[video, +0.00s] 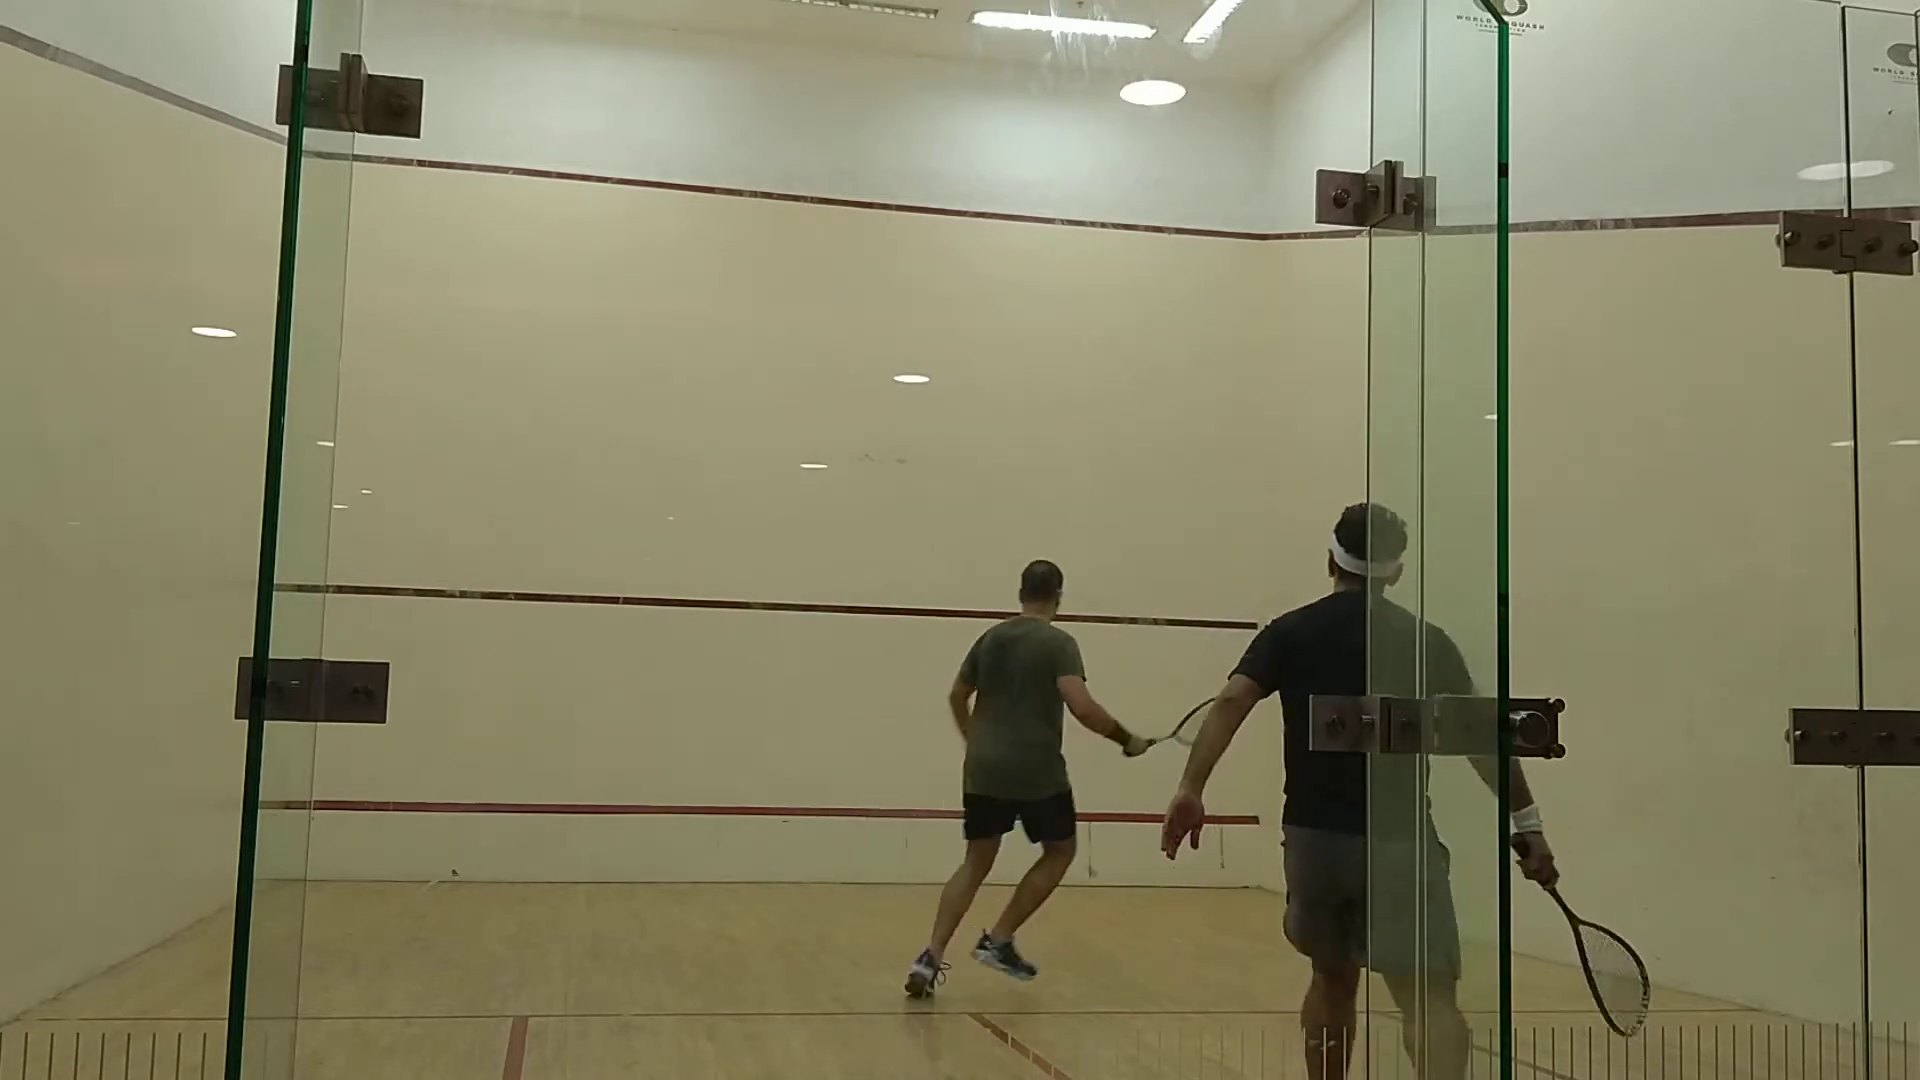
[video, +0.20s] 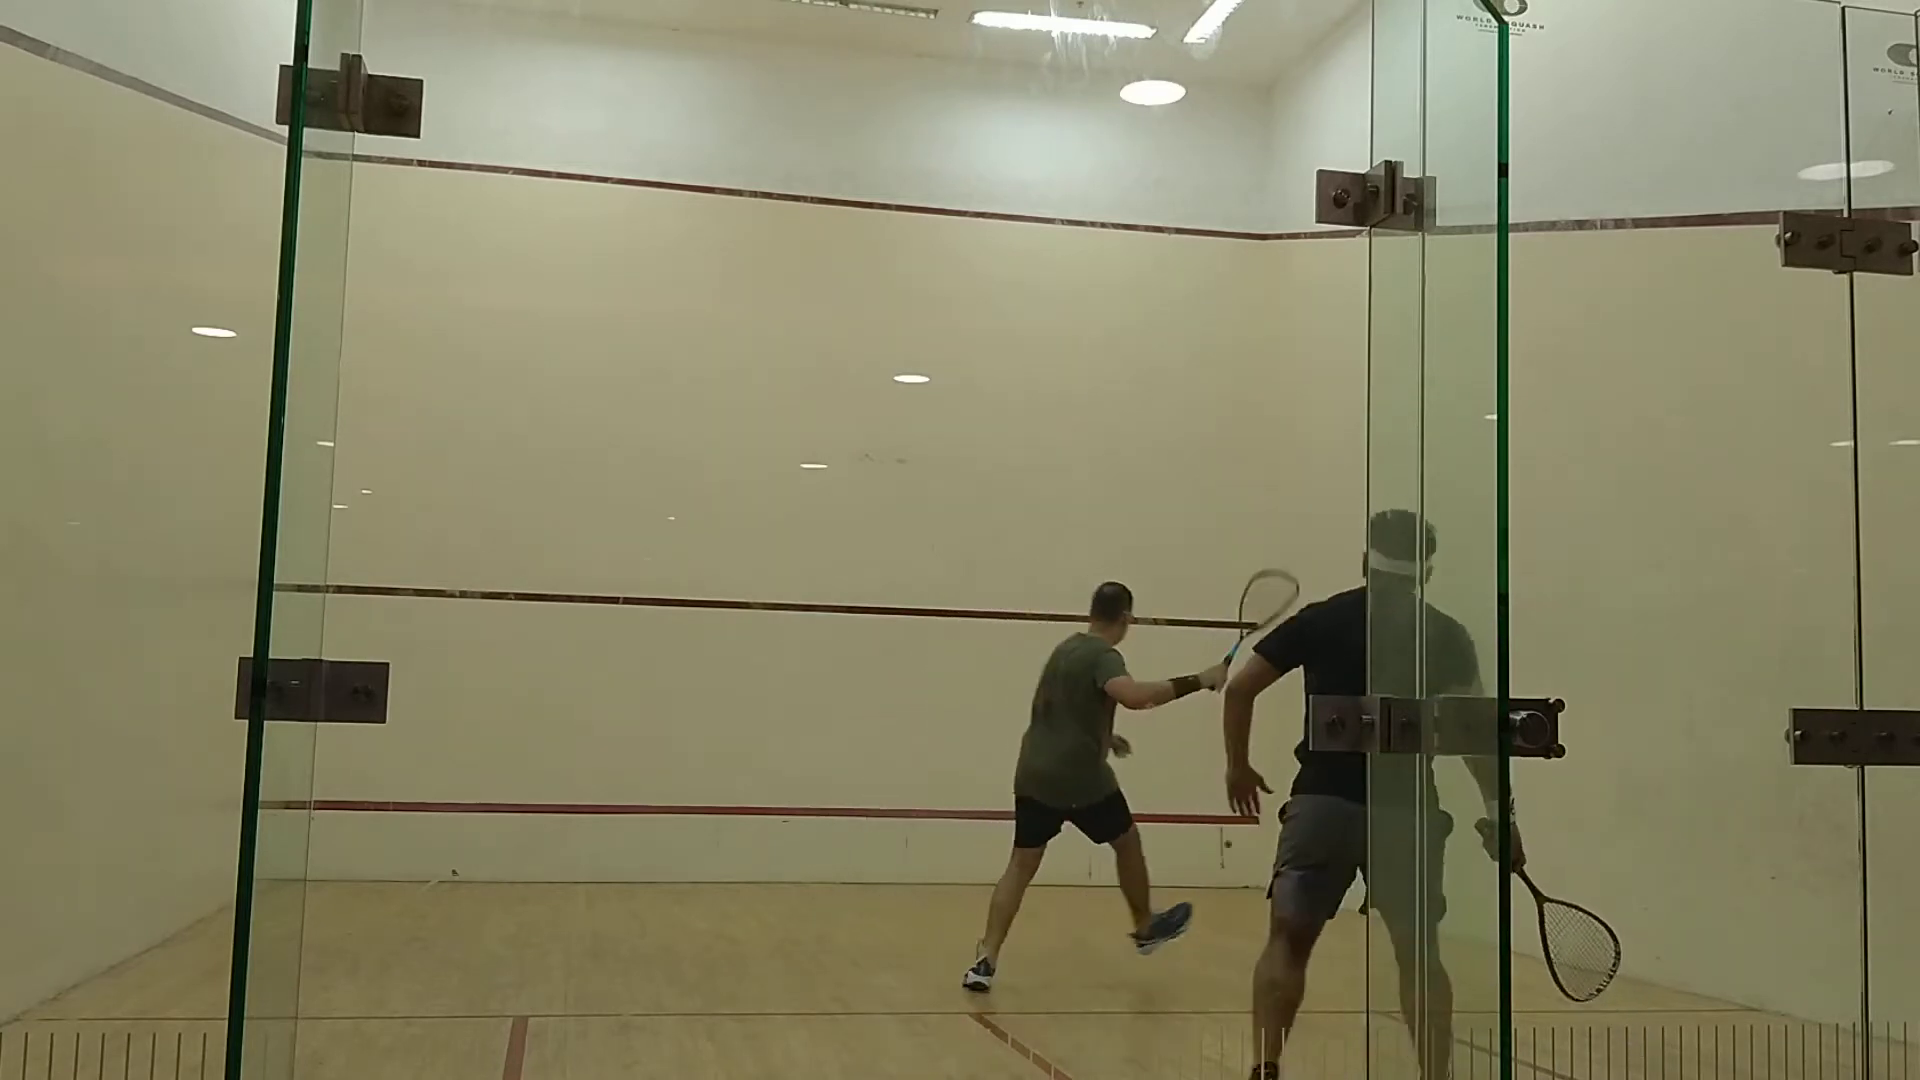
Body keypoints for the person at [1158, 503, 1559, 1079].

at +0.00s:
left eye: (1334, 554)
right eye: (1385, 560)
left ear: (1332, 561)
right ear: (1395, 566)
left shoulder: (1288, 634)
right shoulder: (1427, 643)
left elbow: (1231, 704)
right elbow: (1484, 741)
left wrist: (1189, 791)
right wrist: (1529, 828)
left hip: (1314, 848)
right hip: (1402, 854)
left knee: (1330, 978)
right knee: (1429, 997)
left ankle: (1325, 1076)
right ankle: (1445, 1077)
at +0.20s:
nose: (1400, 571)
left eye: (1390, 558)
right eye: (1414, 560)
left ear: (1367, 558)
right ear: (1426, 562)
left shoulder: (1324, 620)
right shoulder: (1446, 635)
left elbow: (1239, 685)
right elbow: (1477, 733)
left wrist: (1237, 765)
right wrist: (1501, 815)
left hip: (1324, 805)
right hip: (1408, 814)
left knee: (1290, 936)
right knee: (1420, 951)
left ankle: (1265, 1068)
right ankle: (1438, 1073)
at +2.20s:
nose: (972, 589)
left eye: (983, 583)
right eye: (968, 582)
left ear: (1004, 587)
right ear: (964, 588)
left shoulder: (1010, 638)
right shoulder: (974, 640)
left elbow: (1030, 706)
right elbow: (963, 712)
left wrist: (1027, 774)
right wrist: (936, 762)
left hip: (985, 774)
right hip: (966, 774)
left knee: (942, 860)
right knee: (971, 869)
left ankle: (970, 977)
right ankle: (1032, 961)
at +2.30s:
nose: (949, 581)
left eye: (960, 575)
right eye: (945, 574)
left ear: (981, 581)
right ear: (941, 579)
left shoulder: (985, 631)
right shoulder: (960, 630)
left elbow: (1003, 697)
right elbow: (952, 704)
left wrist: (1002, 766)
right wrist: (924, 751)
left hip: (963, 773)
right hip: (947, 770)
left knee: (934, 860)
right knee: (942, 861)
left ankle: (967, 976)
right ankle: (1001, 949)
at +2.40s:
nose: (926, 571)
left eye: (936, 565)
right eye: (922, 564)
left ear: (958, 569)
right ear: (919, 570)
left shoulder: (961, 616)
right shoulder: (943, 617)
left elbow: (977, 685)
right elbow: (936, 694)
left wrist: (968, 754)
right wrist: (913, 755)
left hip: (945, 762)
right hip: (928, 760)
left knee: (926, 851)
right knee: (918, 849)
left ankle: (965, 964)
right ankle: (943, 953)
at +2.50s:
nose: (902, 572)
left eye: (912, 565)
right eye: (898, 565)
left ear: (935, 568)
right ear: (898, 570)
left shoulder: (936, 615)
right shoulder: (924, 616)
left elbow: (945, 687)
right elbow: (923, 694)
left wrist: (926, 754)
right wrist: (899, 755)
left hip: (929, 762)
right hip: (913, 760)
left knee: (916, 853)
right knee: (899, 850)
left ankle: (963, 962)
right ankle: (880, 957)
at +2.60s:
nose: (883, 585)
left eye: (892, 578)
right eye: (878, 578)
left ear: (914, 582)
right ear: (876, 583)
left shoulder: (916, 627)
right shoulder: (906, 628)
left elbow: (919, 697)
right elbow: (903, 707)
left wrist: (884, 762)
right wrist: (881, 773)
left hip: (913, 773)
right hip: (900, 772)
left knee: (891, 864)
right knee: (872, 858)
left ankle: (957, 962)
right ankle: (864, 966)